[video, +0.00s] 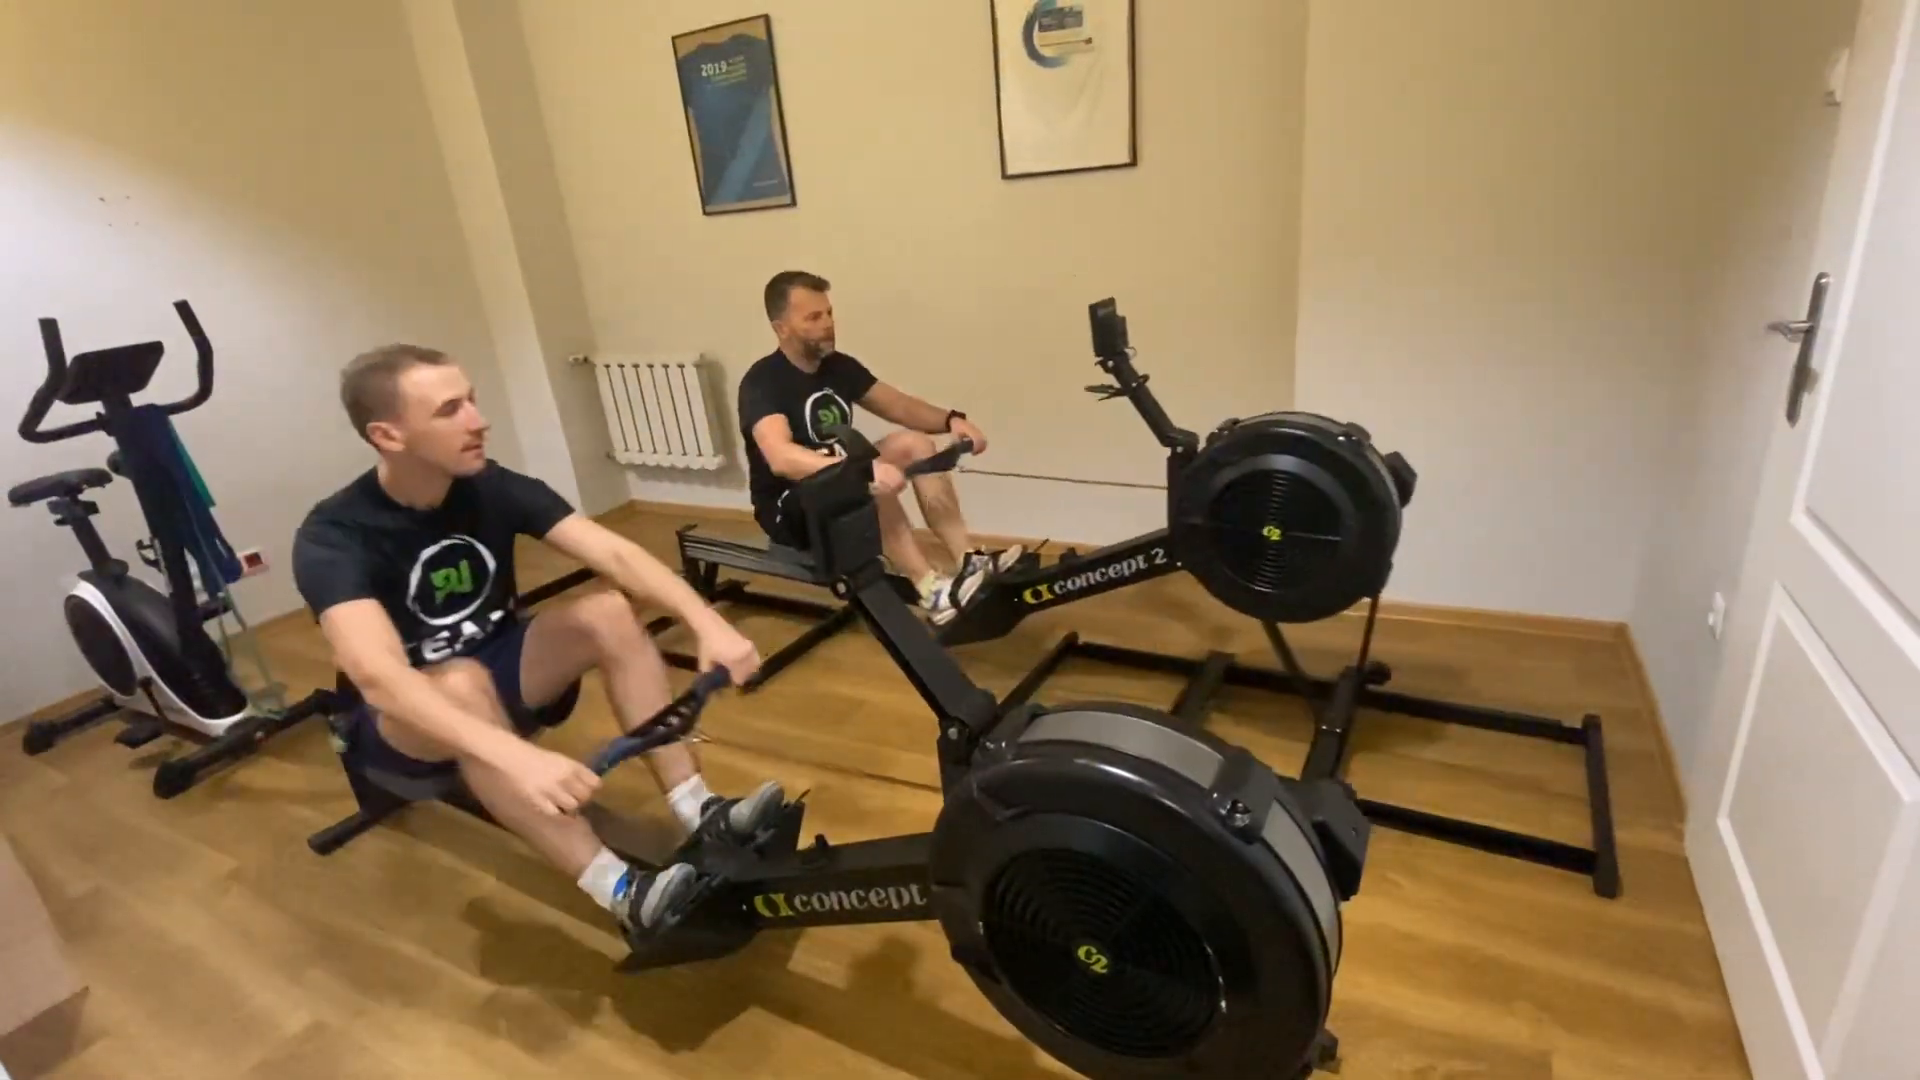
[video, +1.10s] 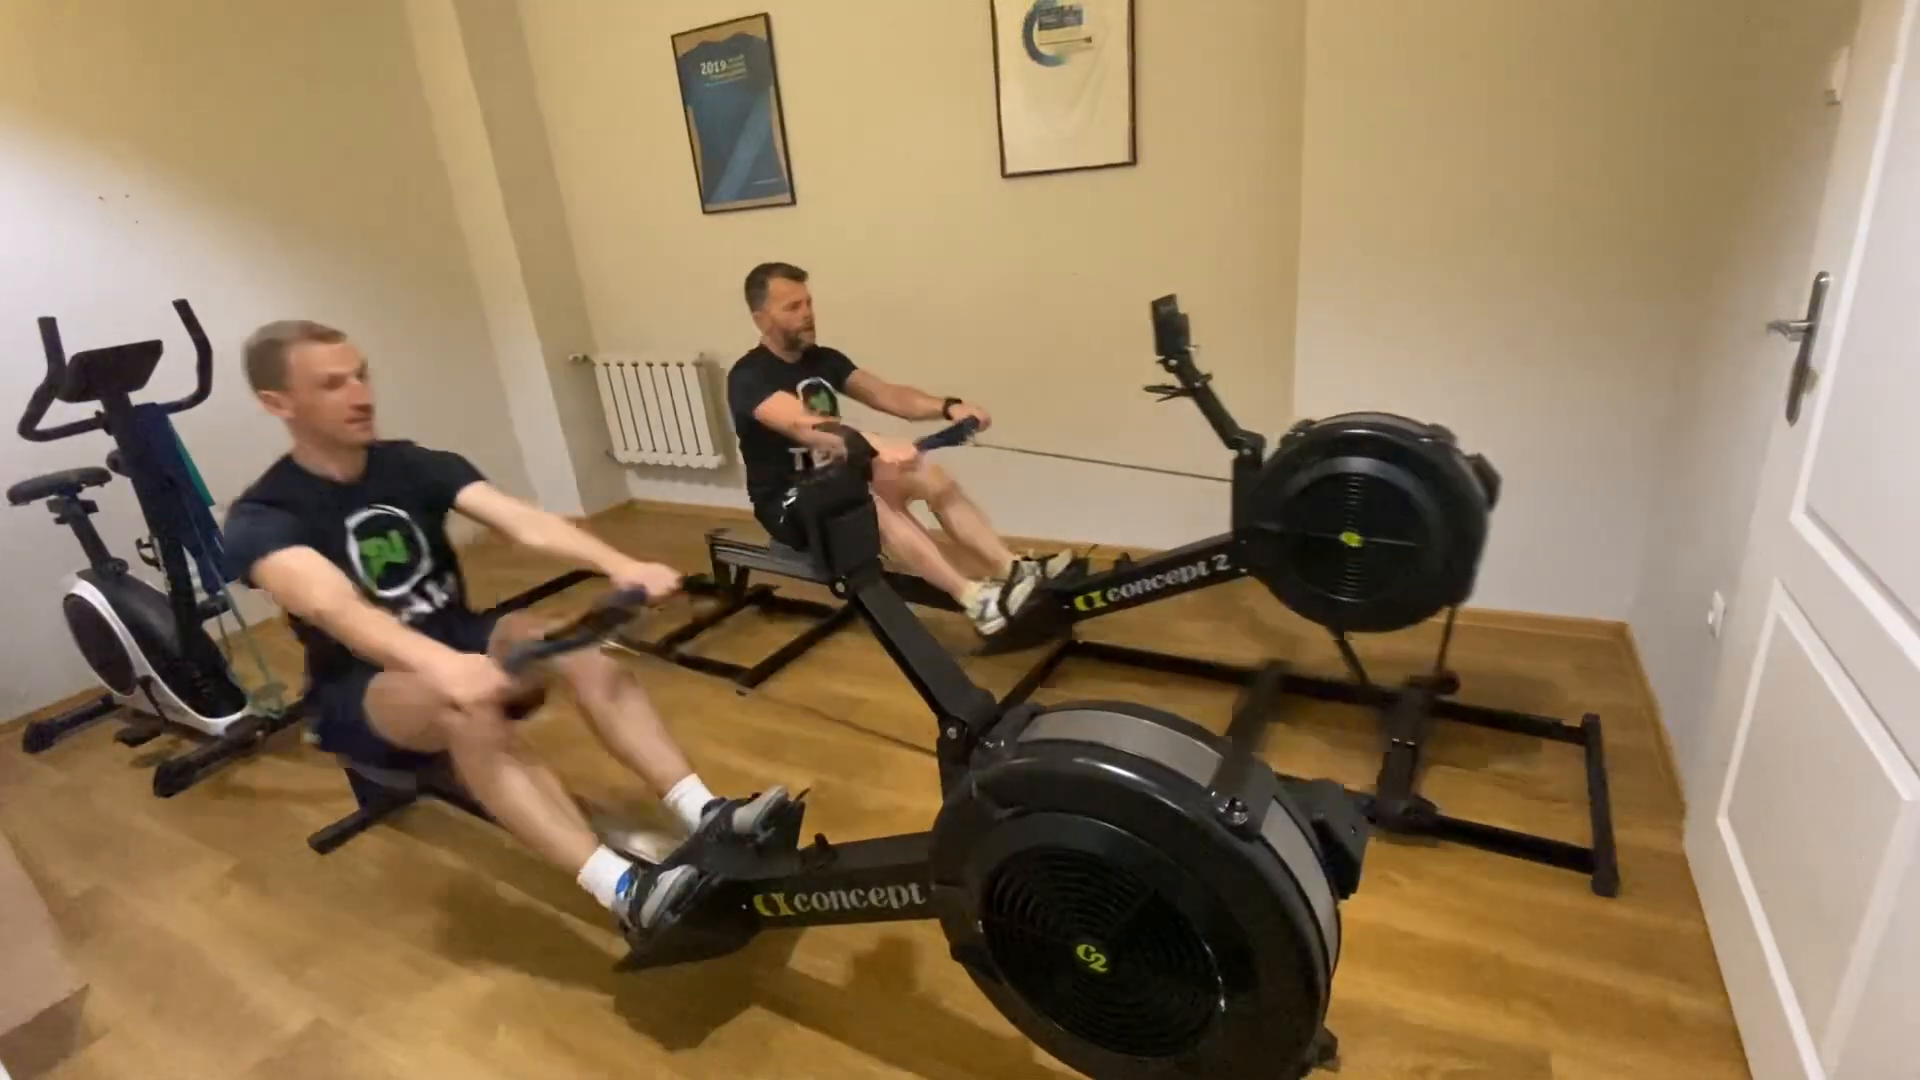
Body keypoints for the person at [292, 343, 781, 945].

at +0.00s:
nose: (478, 421)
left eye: (470, 401)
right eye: (450, 411)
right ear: (387, 437)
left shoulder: (492, 489)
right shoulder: (334, 539)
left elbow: (615, 553)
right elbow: (383, 679)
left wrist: (706, 622)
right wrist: (517, 758)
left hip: (498, 671)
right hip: (403, 714)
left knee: (609, 612)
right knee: (462, 680)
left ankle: (701, 815)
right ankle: (626, 892)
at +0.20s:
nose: (536, 431)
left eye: (528, 412)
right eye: (508, 422)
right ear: (445, 451)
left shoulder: (550, 500)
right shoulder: (387, 553)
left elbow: (673, 566)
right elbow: (456, 698)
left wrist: (780, 639)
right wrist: (602, 791)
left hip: (530, 683)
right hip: (431, 729)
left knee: (641, 604)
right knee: (482, 675)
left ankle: (701, 813)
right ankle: (631, 891)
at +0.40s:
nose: (595, 448)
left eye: (585, 427)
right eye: (566, 437)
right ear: (501, 468)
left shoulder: (604, 516)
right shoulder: (443, 574)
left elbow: (732, 582)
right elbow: (528, 719)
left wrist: (852, 656)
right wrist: (683, 815)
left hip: (564, 711)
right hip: (469, 761)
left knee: (661, 600)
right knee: (502, 692)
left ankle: (707, 804)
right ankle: (626, 889)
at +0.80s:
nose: (546, 430)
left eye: (539, 410)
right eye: (516, 421)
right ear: (453, 449)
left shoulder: (562, 501)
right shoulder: (408, 563)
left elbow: (682, 556)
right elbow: (510, 666)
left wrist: (806, 613)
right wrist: (649, 755)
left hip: (548, 715)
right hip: (448, 758)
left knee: (639, 600)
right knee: (492, 679)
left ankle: (711, 815)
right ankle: (626, 887)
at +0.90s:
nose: (481, 417)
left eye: (478, 395)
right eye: (452, 405)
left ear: (486, 392)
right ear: (393, 430)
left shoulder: (510, 488)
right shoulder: (354, 548)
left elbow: (627, 541)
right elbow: (453, 639)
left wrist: (745, 593)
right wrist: (571, 712)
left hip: (514, 666)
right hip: (412, 717)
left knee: (616, 604)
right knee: (486, 686)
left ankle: (708, 815)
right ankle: (627, 890)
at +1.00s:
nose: (415, 401)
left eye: (416, 382)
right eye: (388, 390)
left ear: (423, 382)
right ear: (332, 414)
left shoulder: (456, 472)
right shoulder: (306, 529)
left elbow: (571, 525)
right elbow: (391, 614)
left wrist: (679, 576)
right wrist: (499, 681)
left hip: (483, 648)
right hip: (382, 696)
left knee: (591, 620)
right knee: (473, 692)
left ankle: (707, 815)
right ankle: (627, 889)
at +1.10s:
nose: (361, 395)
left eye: (361, 377)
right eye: (335, 384)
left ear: (369, 378)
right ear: (279, 405)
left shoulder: (412, 467)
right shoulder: (261, 519)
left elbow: (522, 522)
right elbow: (341, 611)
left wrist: (620, 564)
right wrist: (448, 667)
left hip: (458, 637)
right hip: (363, 678)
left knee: (589, 656)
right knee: (469, 708)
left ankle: (708, 816)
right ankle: (624, 889)